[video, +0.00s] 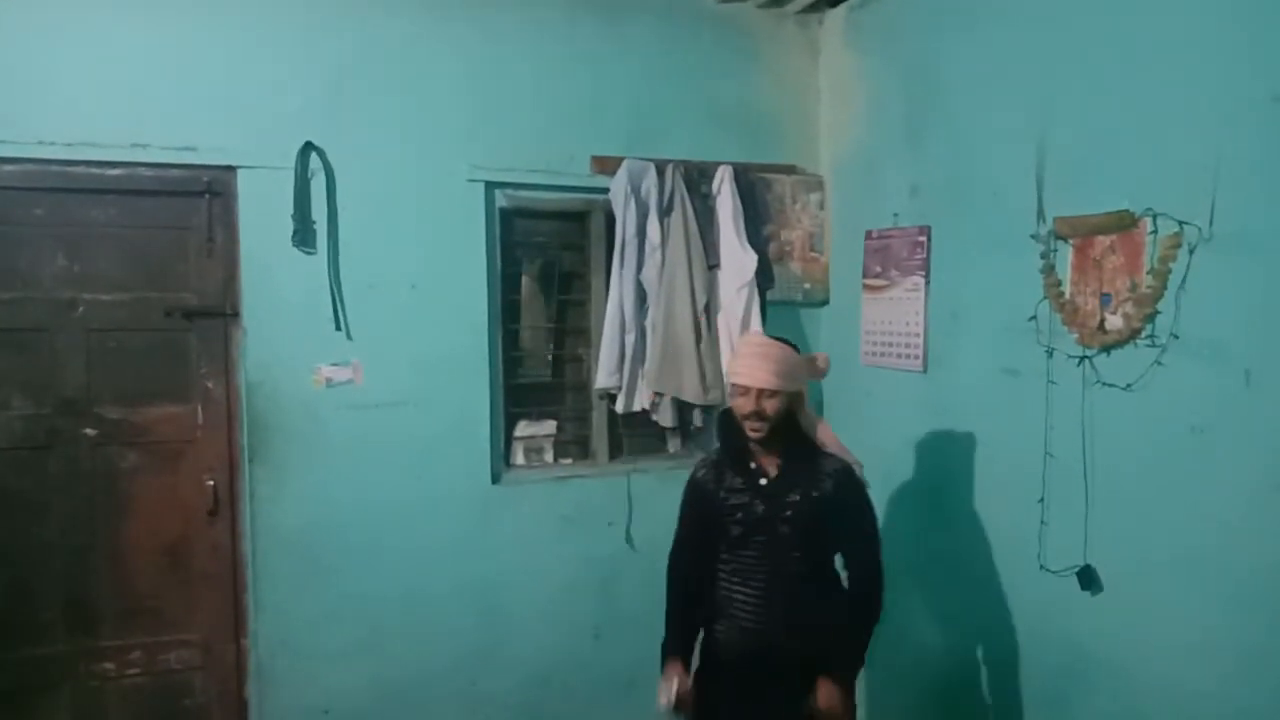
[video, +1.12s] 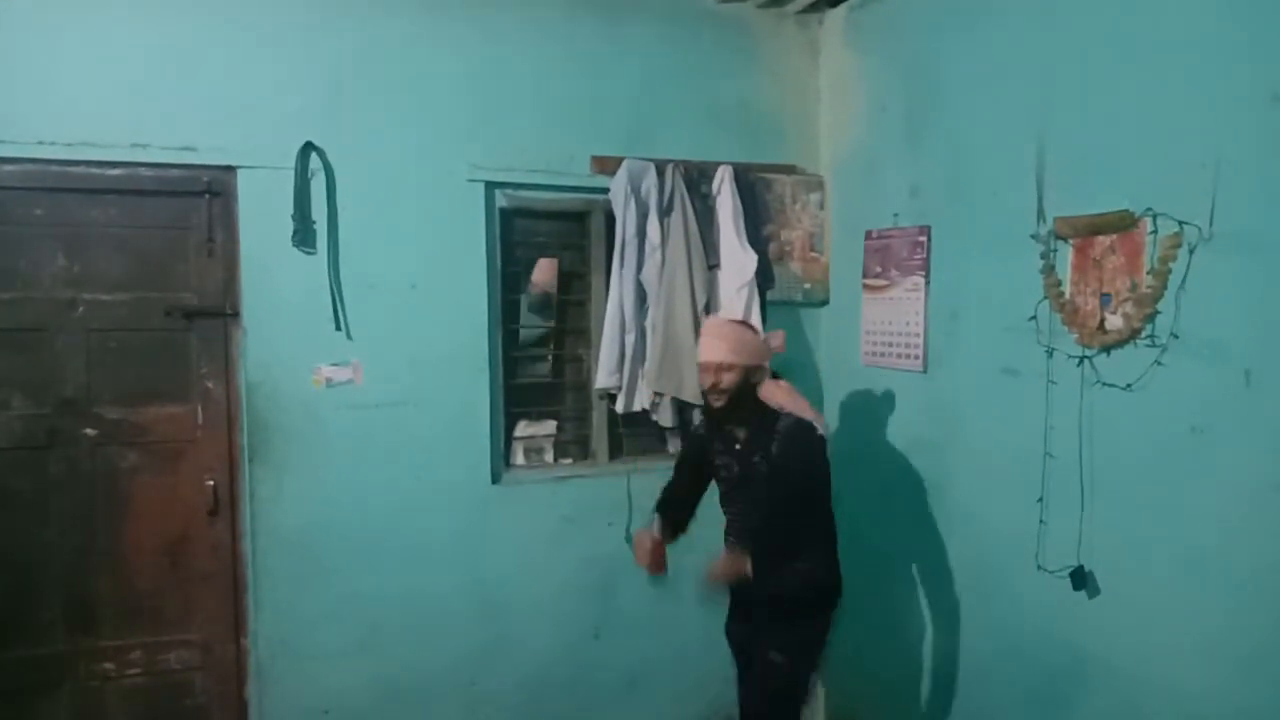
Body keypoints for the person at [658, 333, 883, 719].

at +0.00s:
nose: (752, 407)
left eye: (768, 395)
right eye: (741, 393)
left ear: (794, 400)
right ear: (729, 396)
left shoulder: (834, 479)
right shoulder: (709, 478)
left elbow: (867, 579)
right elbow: (686, 571)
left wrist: (841, 673)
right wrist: (676, 656)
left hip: (805, 670)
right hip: (726, 668)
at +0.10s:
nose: (759, 407)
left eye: (774, 395)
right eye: (750, 393)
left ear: (802, 400)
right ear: (739, 396)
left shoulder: (842, 474)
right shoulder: (724, 470)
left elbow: (882, 569)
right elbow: (696, 540)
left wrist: (830, 617)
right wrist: (682, 589)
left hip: (818, 661)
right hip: (739, 657)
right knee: (719, 711)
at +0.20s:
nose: (761, 396)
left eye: (776, 385)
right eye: (753, 382)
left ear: (805, 389)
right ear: (741, 383)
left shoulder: (846, 463)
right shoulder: (732, 453)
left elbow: (878, 556)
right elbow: (689, 520)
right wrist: (683, 540)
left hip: (822, 647)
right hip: (745, 643)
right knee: (725, 709)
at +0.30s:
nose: (759, 386)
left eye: (775, 373)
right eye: (750, 371)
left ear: (802, 378)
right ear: (739, 372)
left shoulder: (842, 445)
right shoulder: (732, 437)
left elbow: (853, 521)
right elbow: (683, 518)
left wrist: (785, 503)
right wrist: (679, 499)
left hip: (824, 625)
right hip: (749, 621)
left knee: (828, 711)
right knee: (727, 709)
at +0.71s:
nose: (746, 400)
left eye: (758, 391)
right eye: (738, 390)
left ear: (785, 381)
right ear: (730, 381)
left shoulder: (824, 437)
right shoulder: (731, 428)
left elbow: (803, 482)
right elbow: (691, 459)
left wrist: (755, 479)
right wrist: (660, 463)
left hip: (793, 608)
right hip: (728, 601)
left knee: (789, 705)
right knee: (728, 705)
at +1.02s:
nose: (731, 371)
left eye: (744, 361)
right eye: (724, 359)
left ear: (770, 366)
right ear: (715, 361)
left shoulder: (804, 425)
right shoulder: (717, 422)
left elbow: (800, 500)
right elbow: (680, 477)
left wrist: (738, 504)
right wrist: (658, 490)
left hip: (799, 599)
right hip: (740, 595)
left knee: (770, 709)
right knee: (740, 708)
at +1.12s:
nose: (712, 380)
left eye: (725, 370)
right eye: (705, 369)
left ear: (752, 371)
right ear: (697, 370)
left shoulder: (794, 433)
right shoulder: (711, 425)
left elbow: (806, 532)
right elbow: (685, 487)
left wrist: (750, 562)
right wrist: (660, 533)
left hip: (803, 583)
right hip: (750, 580)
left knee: (774, 703)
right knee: (755, 700)